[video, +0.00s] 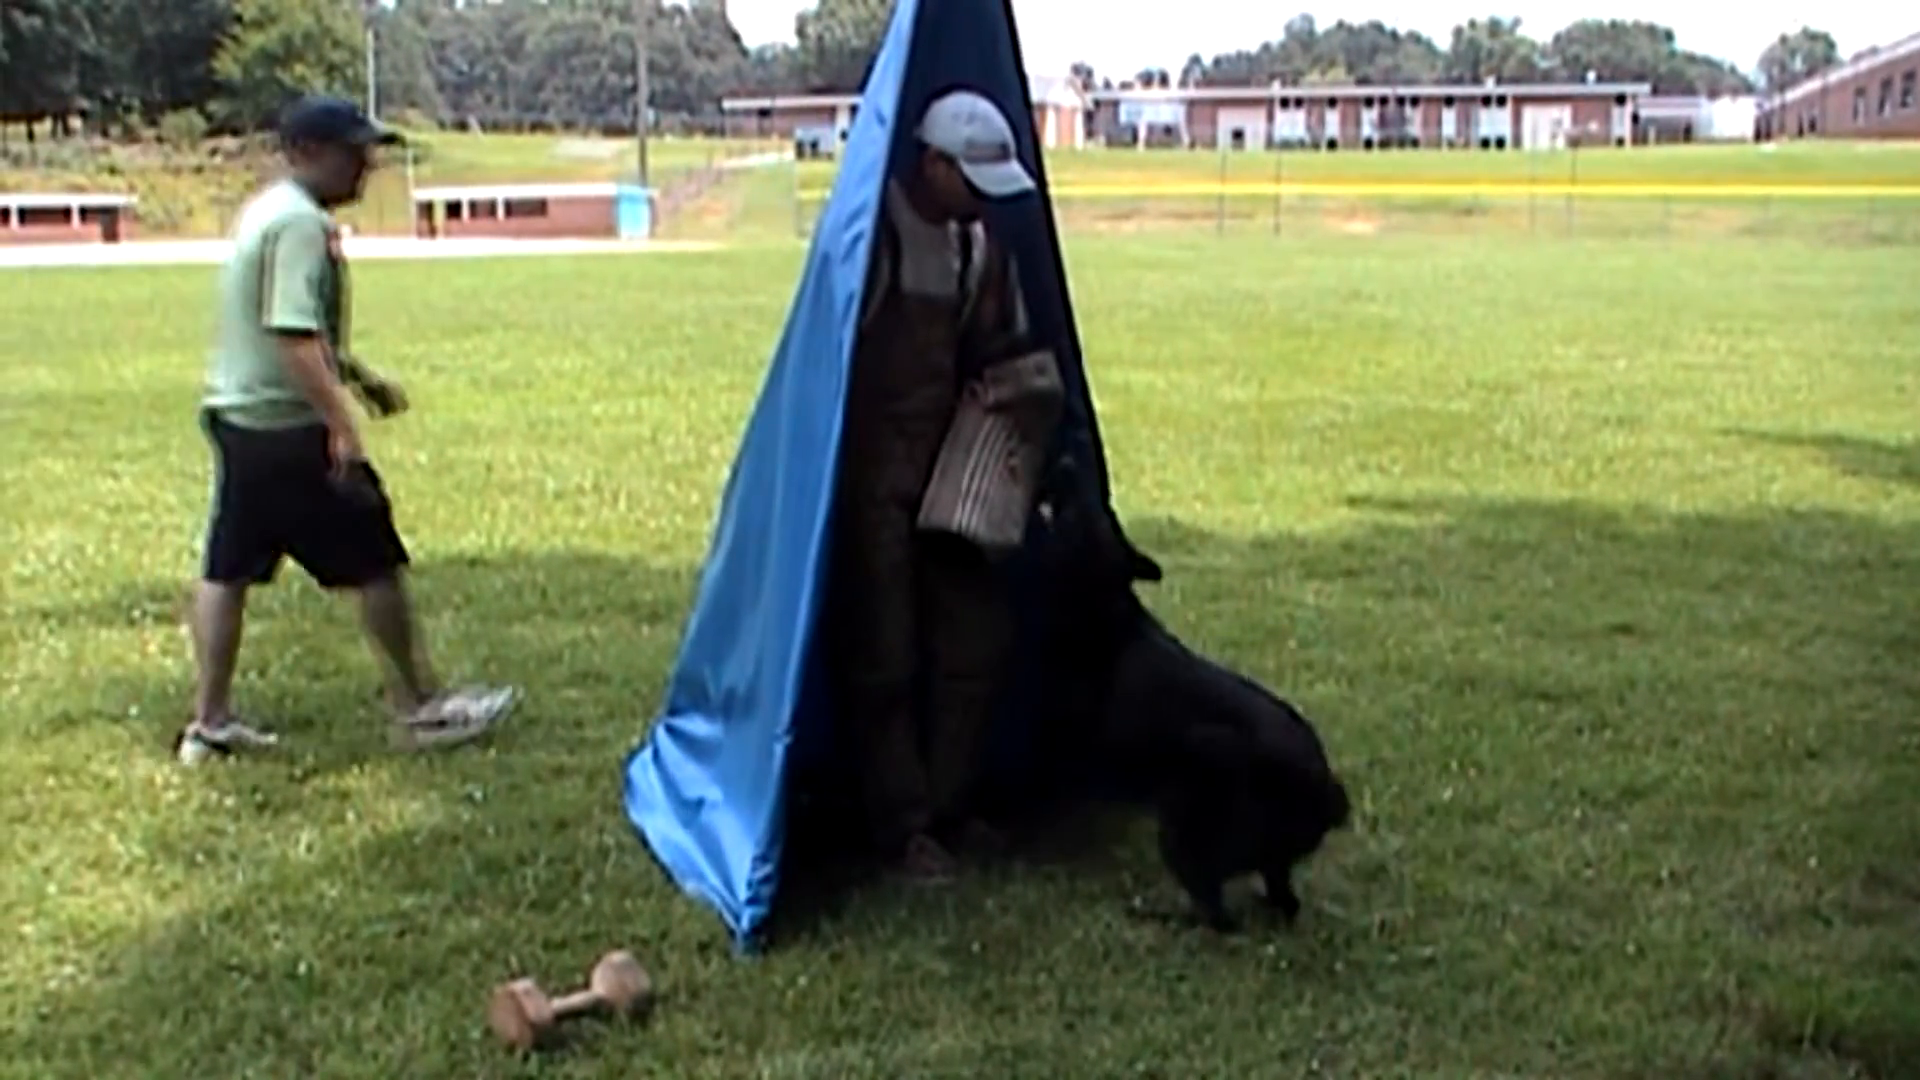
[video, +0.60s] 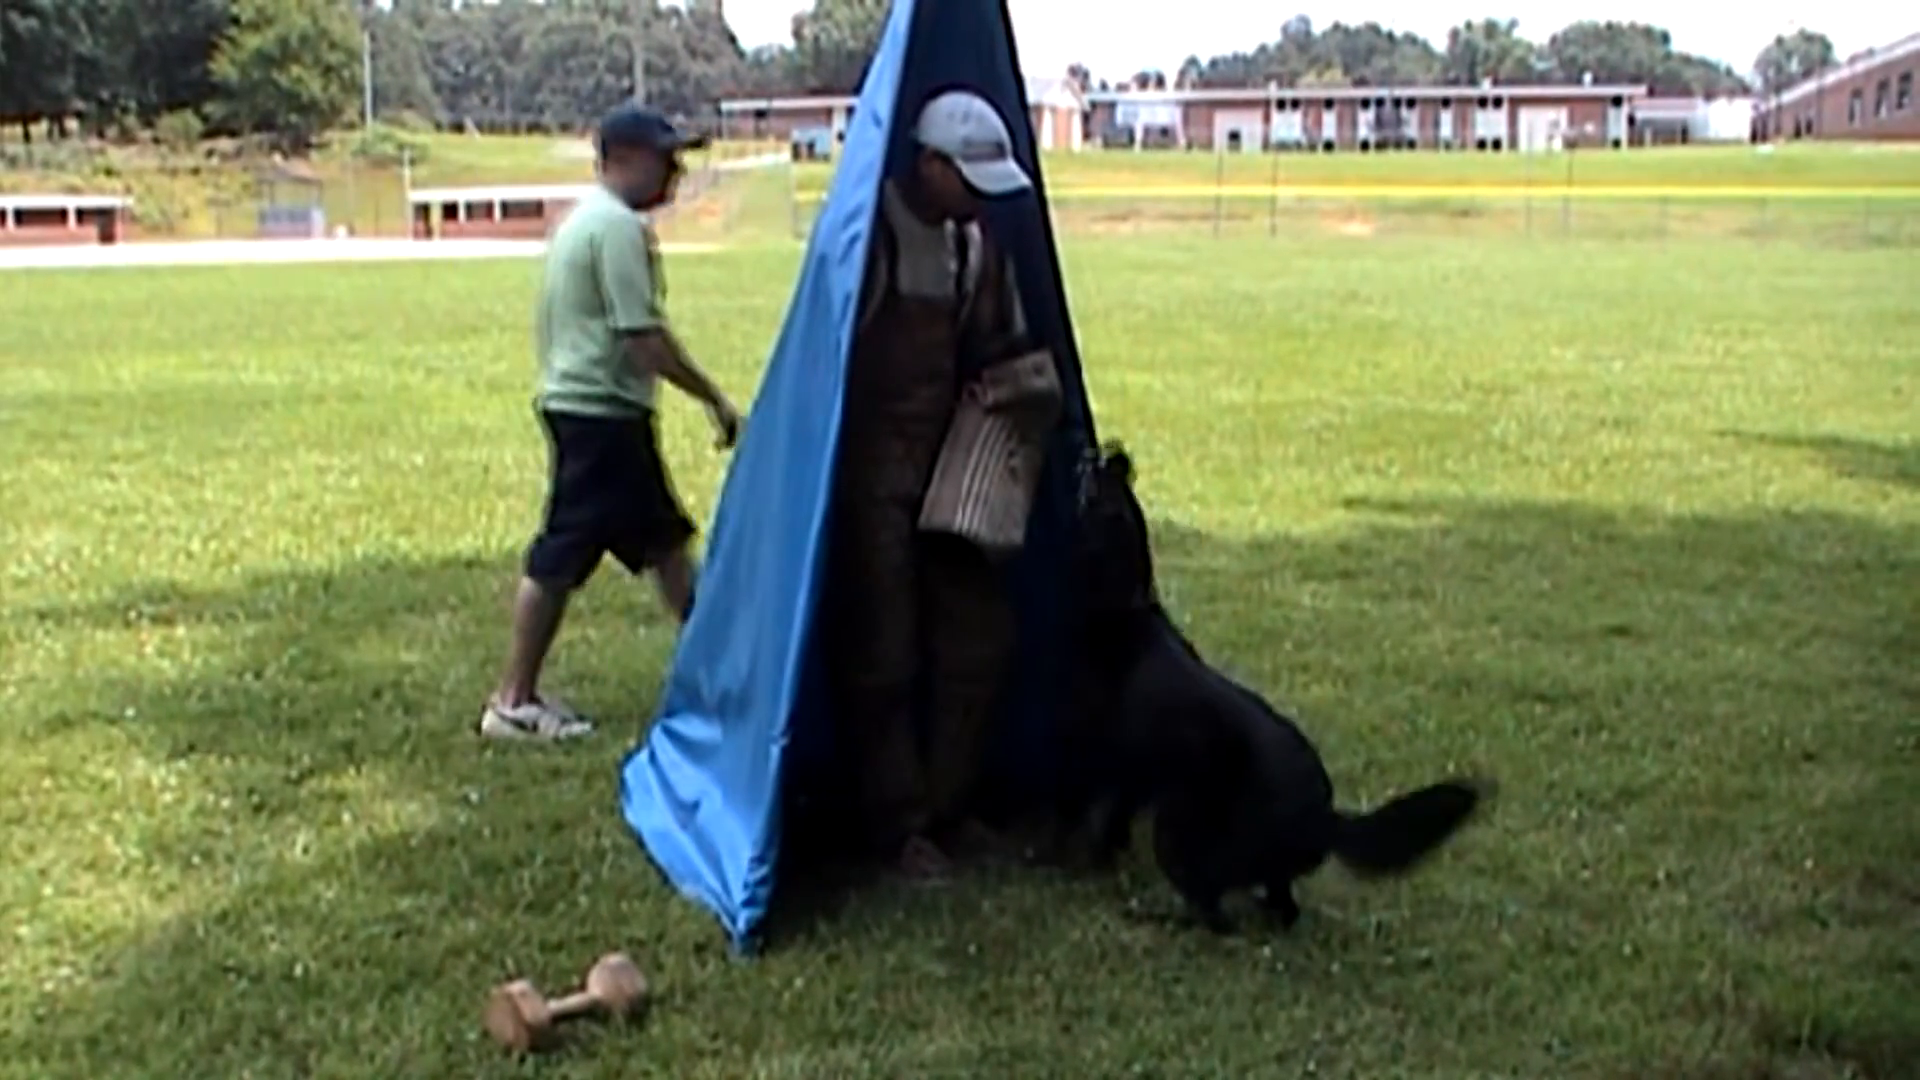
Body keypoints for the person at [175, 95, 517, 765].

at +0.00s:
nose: (367, 172)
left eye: (368, 159)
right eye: (357, 158)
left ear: (309, 156)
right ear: (312, 153)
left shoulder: (272, 212)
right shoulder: (301, 224)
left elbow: (303, 329)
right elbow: (297, 336)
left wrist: (362, 378)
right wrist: (341, 422)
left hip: (244, 422)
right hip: (290, 427)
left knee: (225, 575)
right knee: (376, 561)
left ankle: (210, 717)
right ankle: (419, 703)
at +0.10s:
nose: (422, 183)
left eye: (423, 169)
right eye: (412, 168)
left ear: (363, 170)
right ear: (367, 166)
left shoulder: (327, 223)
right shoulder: (357, 238)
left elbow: (353, 340)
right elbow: (353, 355)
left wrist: (427, 378)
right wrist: (392, 445)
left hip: (301, 433)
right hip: (344, 440)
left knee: (267, 574)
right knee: (426, 575)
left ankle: (217, 712)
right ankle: (490, 698)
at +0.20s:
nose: (482, 182)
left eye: (482, 169)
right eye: (472, 168)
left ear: (421, 170)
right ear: (426, 167)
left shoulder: (389, 228)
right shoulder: (418, 244)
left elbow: (397, 343)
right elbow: (414, 360)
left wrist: (464, 392)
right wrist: (447, 444)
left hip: (373, 429)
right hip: (416, 434)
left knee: (354, 569)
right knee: (487, 575)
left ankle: (251, 688)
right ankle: (510, 705)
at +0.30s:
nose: (535, 175)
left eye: (535, 162)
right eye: (525, 162)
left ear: (475, 164)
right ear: (482, 162)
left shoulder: (441, 221)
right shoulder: (475, 235)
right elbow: (477, 349)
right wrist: (510, 435)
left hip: (427, 412)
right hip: (467, 416)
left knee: (460, 561)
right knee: (516, 562)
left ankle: (347, 648)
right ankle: (512, 705)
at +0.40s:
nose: (584, 167)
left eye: (585, 153)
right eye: (575, 153)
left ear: (524, 151)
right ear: (531, 149)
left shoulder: (492, 210)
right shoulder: (523, 219)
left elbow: (514, 331)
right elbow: (533, 334)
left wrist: (571, 406)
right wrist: (579, 409)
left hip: (482, 392)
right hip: (507, 398)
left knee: (566, 527)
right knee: (541, 537)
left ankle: (472, 646)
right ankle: (512, 702)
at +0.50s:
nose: (625, 168)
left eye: (626, 154)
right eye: (617, 153)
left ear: (568, 151)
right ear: (578, 148)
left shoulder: (538, 207)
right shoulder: (572, 216)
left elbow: (541, 319)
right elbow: (587, 327)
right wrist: (650, 398)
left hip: (532, 394)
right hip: (555, 402)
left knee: (625, 521)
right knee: (545, 550)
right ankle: (513, 698)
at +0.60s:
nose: (673, 180)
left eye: (674, 166)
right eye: (667, 165)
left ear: (620, 161)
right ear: (629, 159)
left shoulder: (587, 222)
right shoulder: (618, 228)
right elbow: (644, 339)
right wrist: (715, 399)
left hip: (579, 410)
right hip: (604, 416)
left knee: (668, 549)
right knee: (557, 562)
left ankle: (727, 676)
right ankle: (515, 698)